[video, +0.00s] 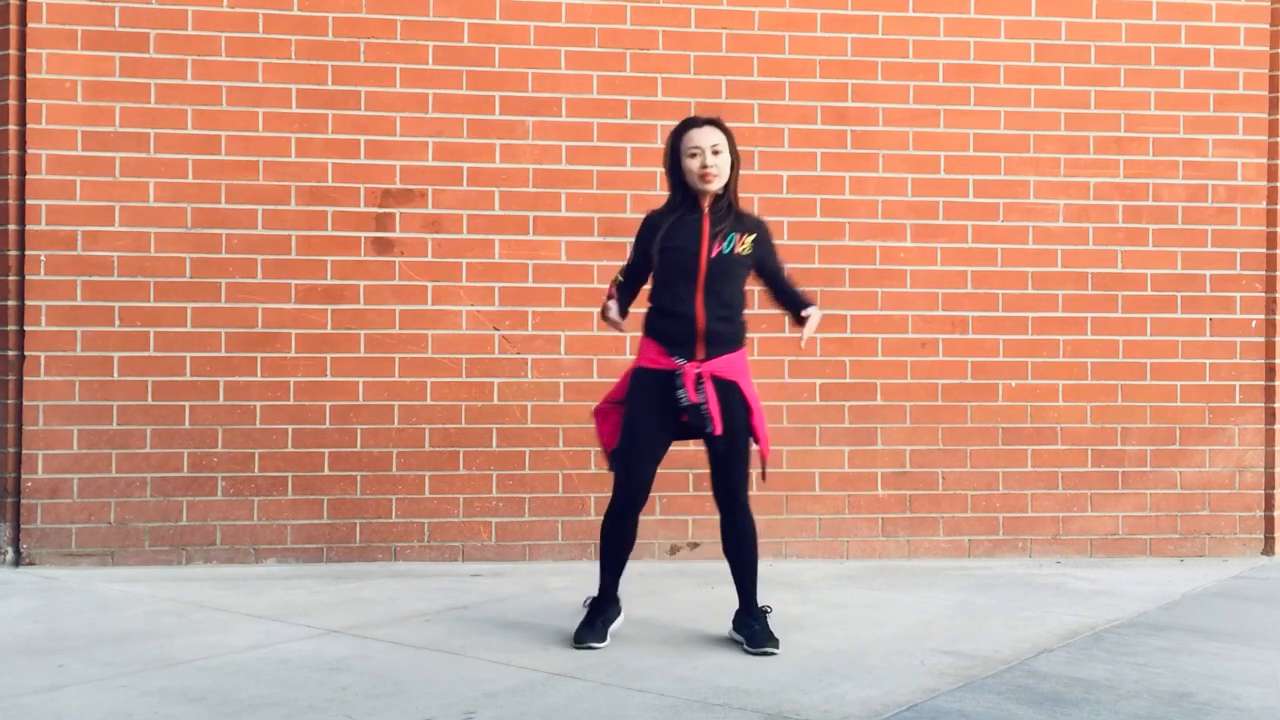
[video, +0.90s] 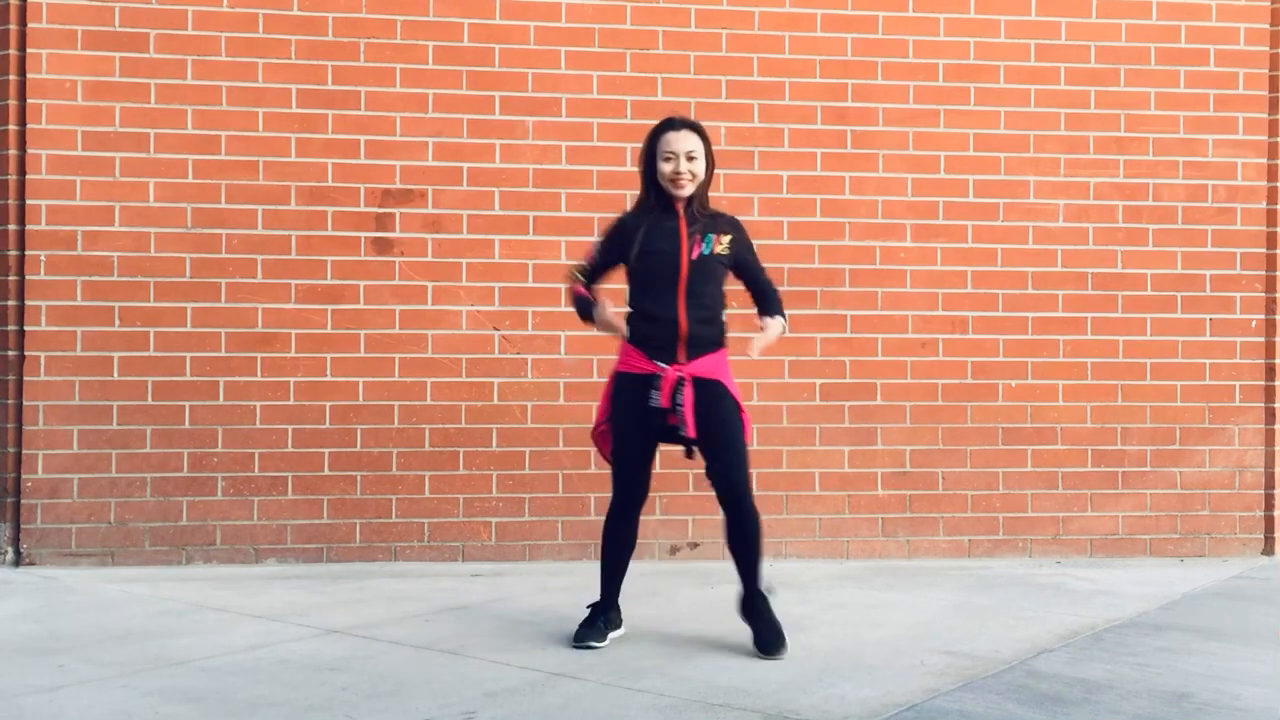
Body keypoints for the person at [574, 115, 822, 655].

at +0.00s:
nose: (707, 162)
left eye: (716, 152)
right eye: (695, 153)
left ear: (732, 159)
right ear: (678, 163)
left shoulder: (749, 229)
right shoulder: (659, 223)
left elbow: (778, 282)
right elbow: (631, 277)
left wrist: (802, 306)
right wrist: (616, 303)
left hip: (723, 375)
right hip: (658, 372)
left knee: (733, 497)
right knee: (628, 493)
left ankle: (750, 611)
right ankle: (605, 601)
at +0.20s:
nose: (683, 174)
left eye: (693, 164)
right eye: (671, 164)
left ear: (708, 173)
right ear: (655, 174)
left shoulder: (720, 246)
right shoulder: (625, 229)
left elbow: (756, 321)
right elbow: (561, 277)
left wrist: (737, 314)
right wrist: (598, 267)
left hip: (676, 379)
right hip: (611, 374)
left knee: (701, 483)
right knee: (598, 498)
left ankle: (710, 582)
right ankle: (604, 606)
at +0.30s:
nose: (674, 173)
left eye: (684, 162)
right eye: (662, 163)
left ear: (700, 169)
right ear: (646, 171)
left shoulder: (712, 242)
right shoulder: (620, 222)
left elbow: (719, 314)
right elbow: (575, 275)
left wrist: (675, 315)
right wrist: (629, 267)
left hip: (664, 374)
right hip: (602, 368)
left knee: (672, 465)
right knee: (597, 494)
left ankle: (636, 578)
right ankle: (603, 605)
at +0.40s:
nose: (667, 173)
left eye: (678, 163)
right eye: (656, 164)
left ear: (694, 169)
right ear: (640, 172)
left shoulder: (705, 238)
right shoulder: (619, 218)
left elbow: (677, 297)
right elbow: (605, 275)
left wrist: (629, 331)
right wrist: (659, 299)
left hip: (656, 371)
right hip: (596, 367)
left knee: (641, 476)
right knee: (599, 487)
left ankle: (577, 597)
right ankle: (605, 604)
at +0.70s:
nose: (667, 170)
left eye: (677, 160)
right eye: (655, 160)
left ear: (691, 168)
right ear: (638, 168)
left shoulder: (707, 234)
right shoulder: (612, 222)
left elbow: (750, 299)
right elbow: (553, 267)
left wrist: (710, 320)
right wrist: (600, 275)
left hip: (669, 372)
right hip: (607, 368)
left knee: (673, 459)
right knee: (599, 489)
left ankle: (635, 581)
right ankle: (603, 604)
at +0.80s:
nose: (673, 162)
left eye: (684, 152)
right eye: (662, 152)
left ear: (699, 160)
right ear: (644, 159)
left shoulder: (716, 226)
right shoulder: (619, 217)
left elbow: (772, 286)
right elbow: (548, 261)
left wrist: (752, 314)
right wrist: (587, 282)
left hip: (687, 367)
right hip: (621, 366)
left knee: (709, 464)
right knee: (615, 493)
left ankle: (702, 571)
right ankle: (606, 606)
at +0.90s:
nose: (680, 167)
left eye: (691, 157)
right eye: (669, 157)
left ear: (706, 164)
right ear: (653, 165)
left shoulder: (725, 230)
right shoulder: (635, 225)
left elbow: (766, 296)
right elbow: (579, 284)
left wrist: (771, 325)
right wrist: (598, 316)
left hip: (707, 375)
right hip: (640, 373)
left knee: (737, 493)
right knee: (628, 494)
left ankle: (754, 598)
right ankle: (606, 607)